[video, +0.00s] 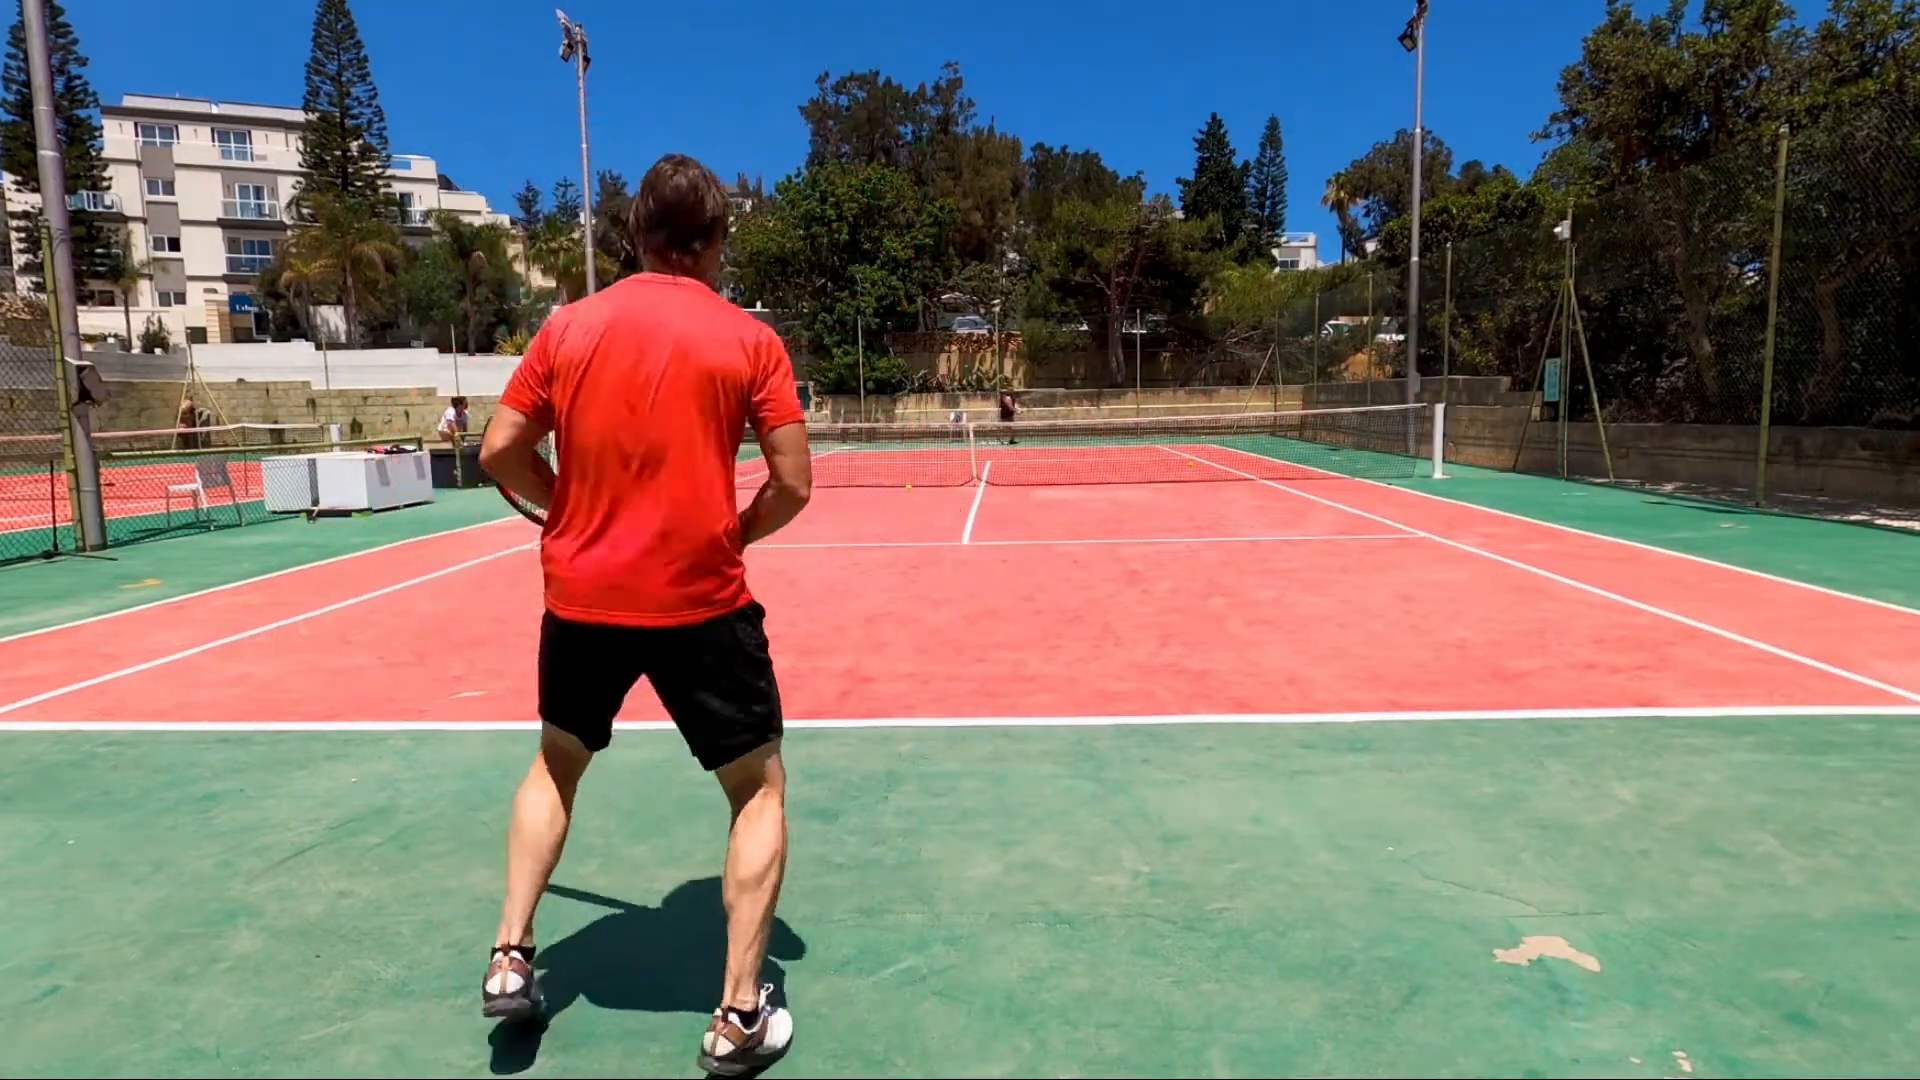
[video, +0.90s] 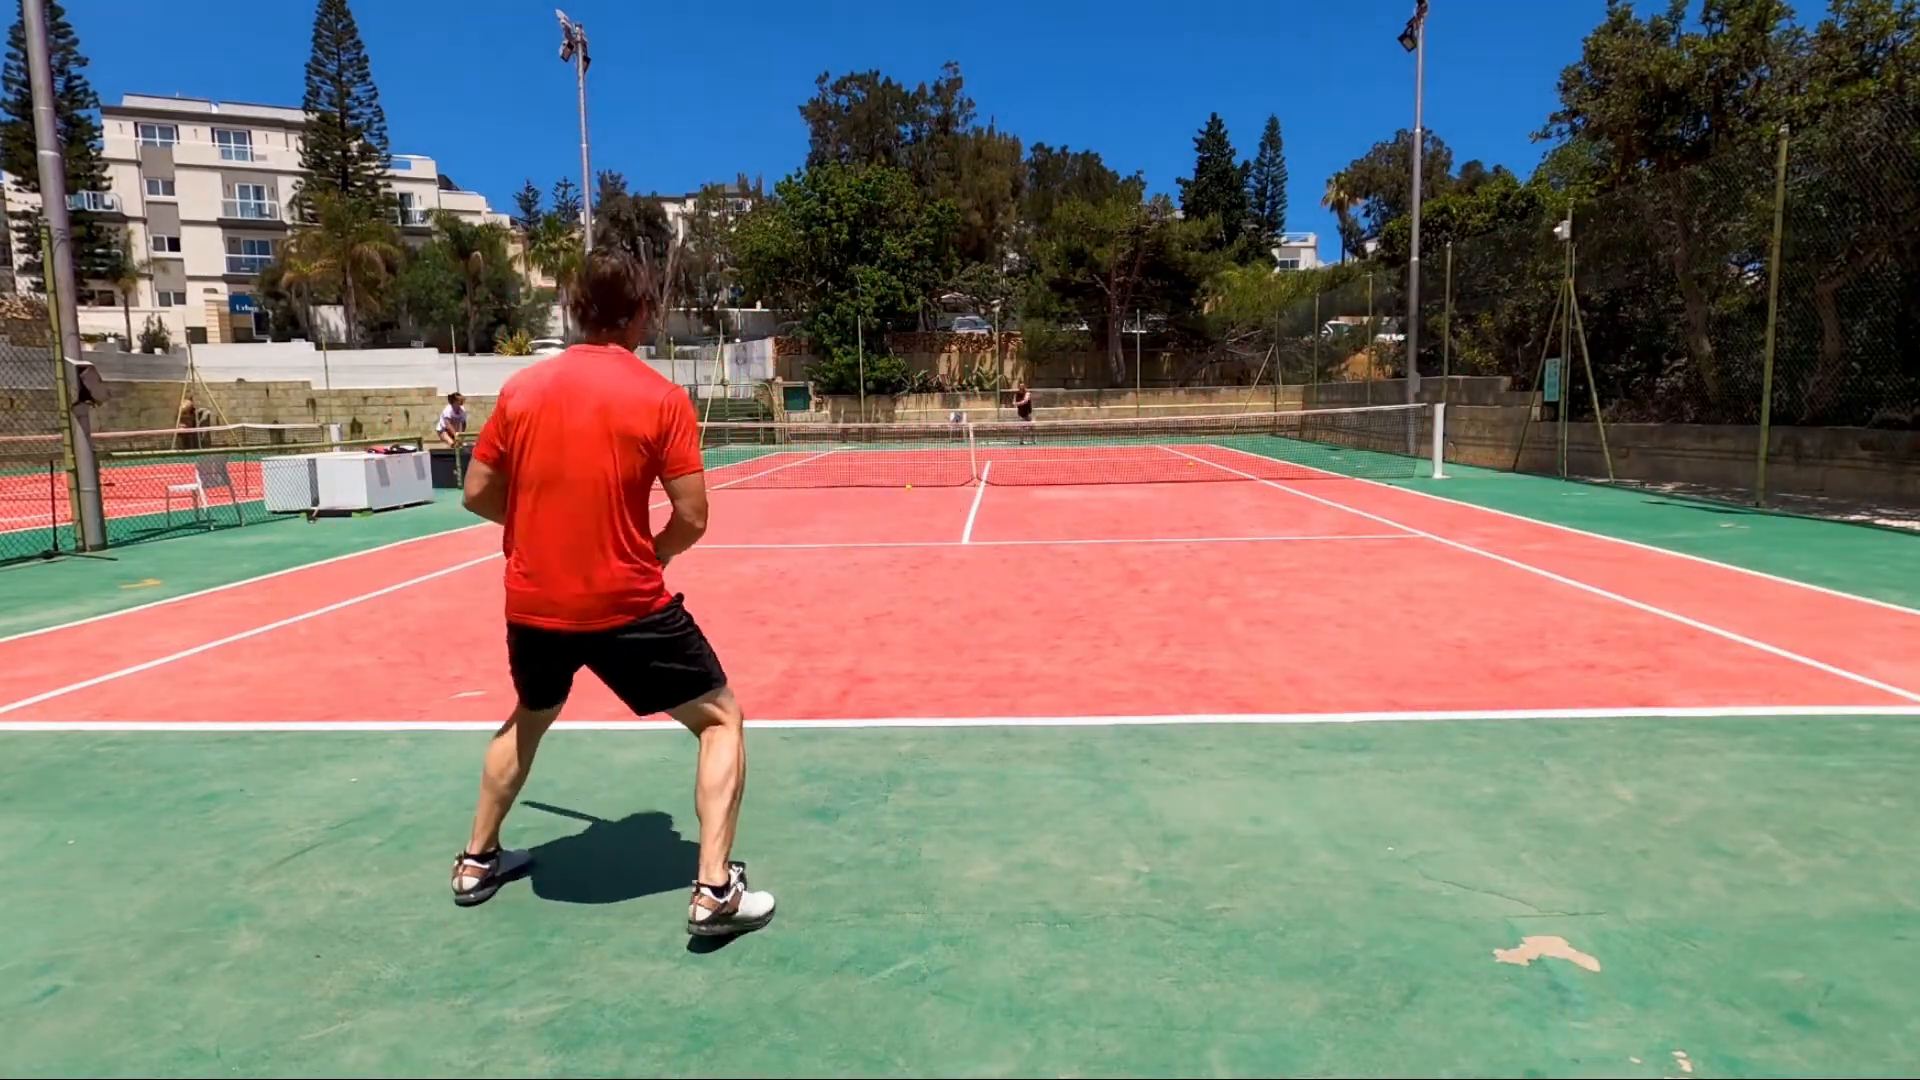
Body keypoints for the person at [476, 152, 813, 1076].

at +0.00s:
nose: (724, 250)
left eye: (717, 239)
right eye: (724, 239)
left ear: (636, 239)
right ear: (713, 242)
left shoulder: (572, 324)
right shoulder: (747, 336)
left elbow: (500, 451)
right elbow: (792, 485)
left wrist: (569, 509)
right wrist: (727, 538)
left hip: (583, 597)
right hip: (699, 603)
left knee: (555, 765)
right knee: (754, 787)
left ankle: (509, 957)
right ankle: (738, 1010)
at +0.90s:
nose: (654, 320)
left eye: (653, 308)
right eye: (652, 309)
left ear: (577, 309)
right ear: (640, 314)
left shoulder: (525, 386)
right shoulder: (661, 396)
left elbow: (478, 495)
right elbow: (691, 516)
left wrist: (538, 516)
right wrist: (645, 552)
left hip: (533, 602)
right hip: (628, 602)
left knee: (527, 716)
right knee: (717, 719)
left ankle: (475, 861)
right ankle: (714, 888)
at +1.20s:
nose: (527, 345)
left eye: (528, 335)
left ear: (535, 335)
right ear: (594, 336)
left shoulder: (531, 389)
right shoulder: (633, 397)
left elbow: (496, 491)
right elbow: (612, 511)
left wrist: (466, 499)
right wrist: (512, 535)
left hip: (573, 595)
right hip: (661, 592)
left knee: (498, 701)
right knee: (696, 746)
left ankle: (522, 862)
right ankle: (748, 900)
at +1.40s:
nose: (458, 374)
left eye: (457, 364)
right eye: (459, 365)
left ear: (464, 363)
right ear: (520, 358)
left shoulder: (481, 410)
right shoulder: (557, 412)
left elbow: (503, 498)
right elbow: (535, 529)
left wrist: (433, 542)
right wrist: (459, 583)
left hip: (563, 594)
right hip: (635, 588)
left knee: (475, 728)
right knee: (625, 716)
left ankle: (527, 886)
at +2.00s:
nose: (454, 453)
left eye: (455, 447)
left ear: (460, 442)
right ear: (505, 443)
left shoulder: (469, 461)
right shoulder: (525, 471)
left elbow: (443, 489)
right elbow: (548, 532)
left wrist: (383, 513)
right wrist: (521, 593)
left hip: (543, 582)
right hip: (592, 575)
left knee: (538, 711)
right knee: (549, 634)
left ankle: (596, 781)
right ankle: (562, 725)